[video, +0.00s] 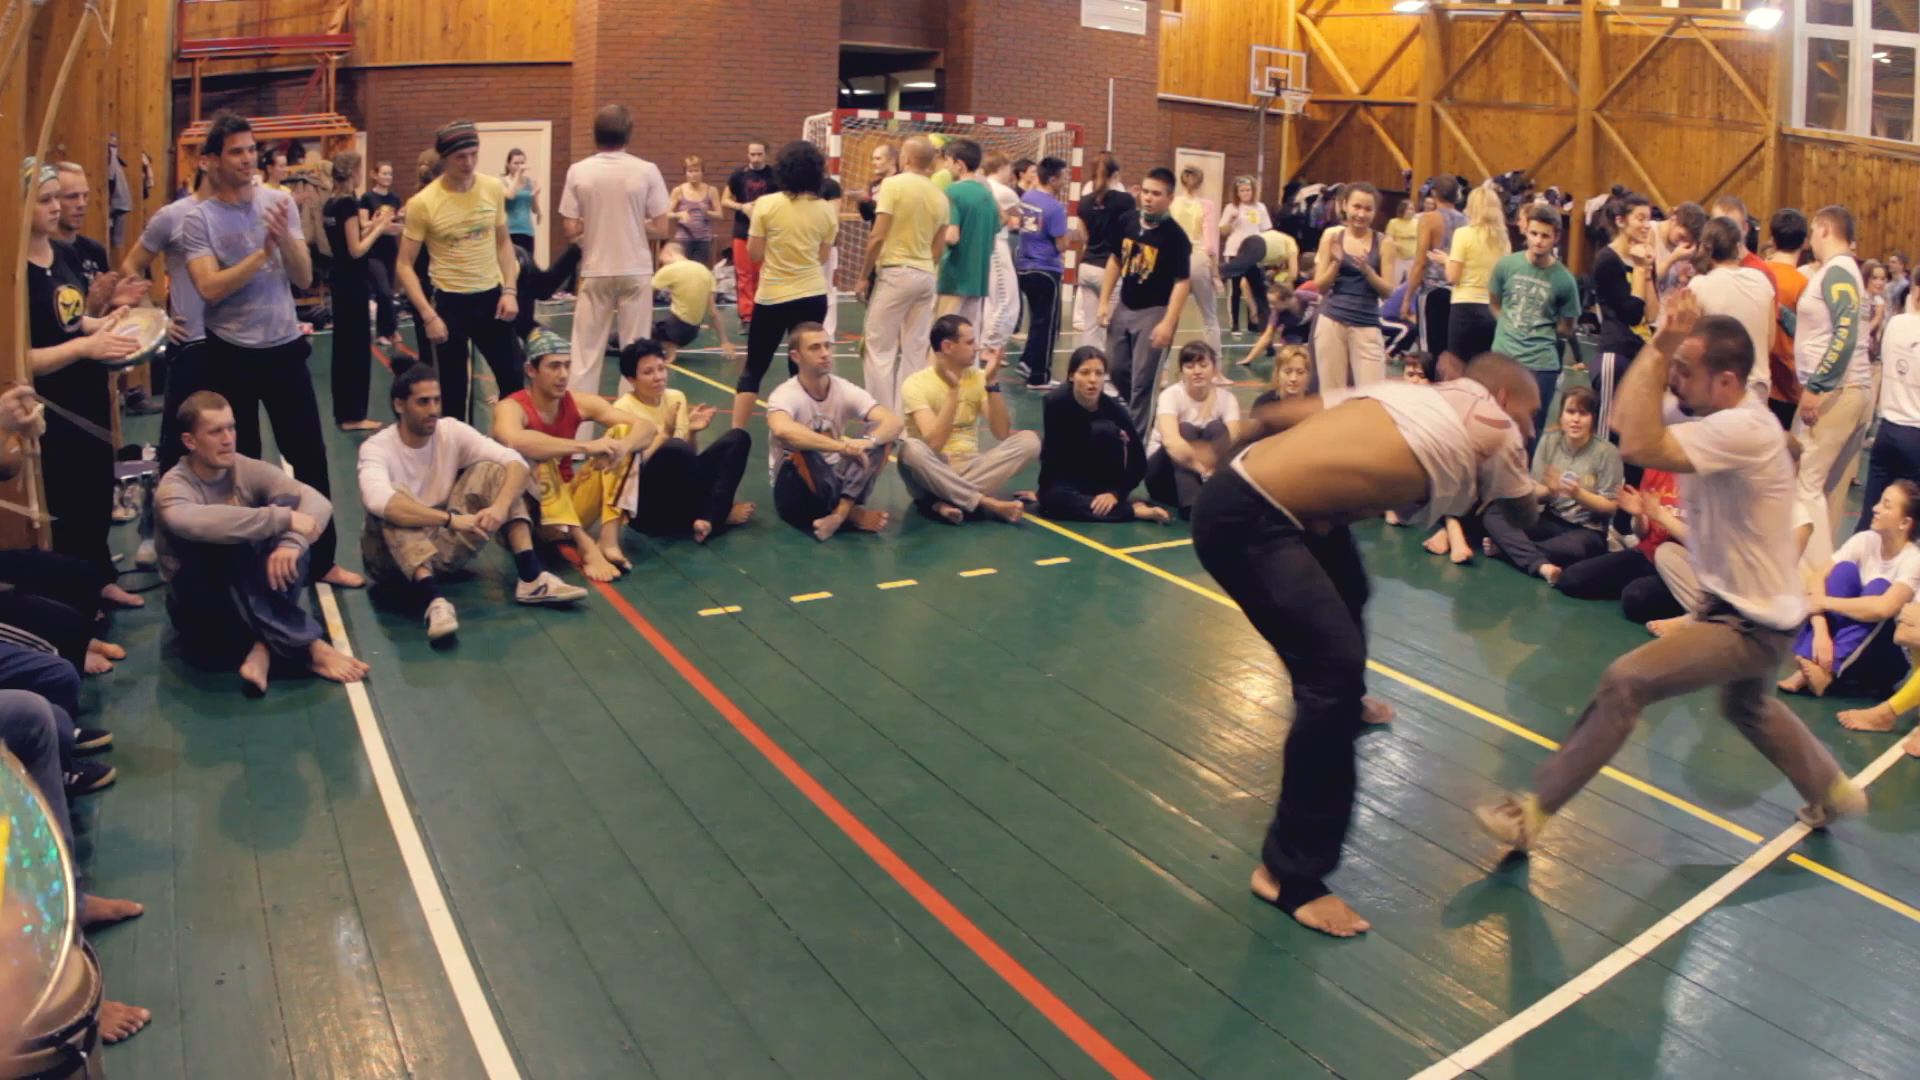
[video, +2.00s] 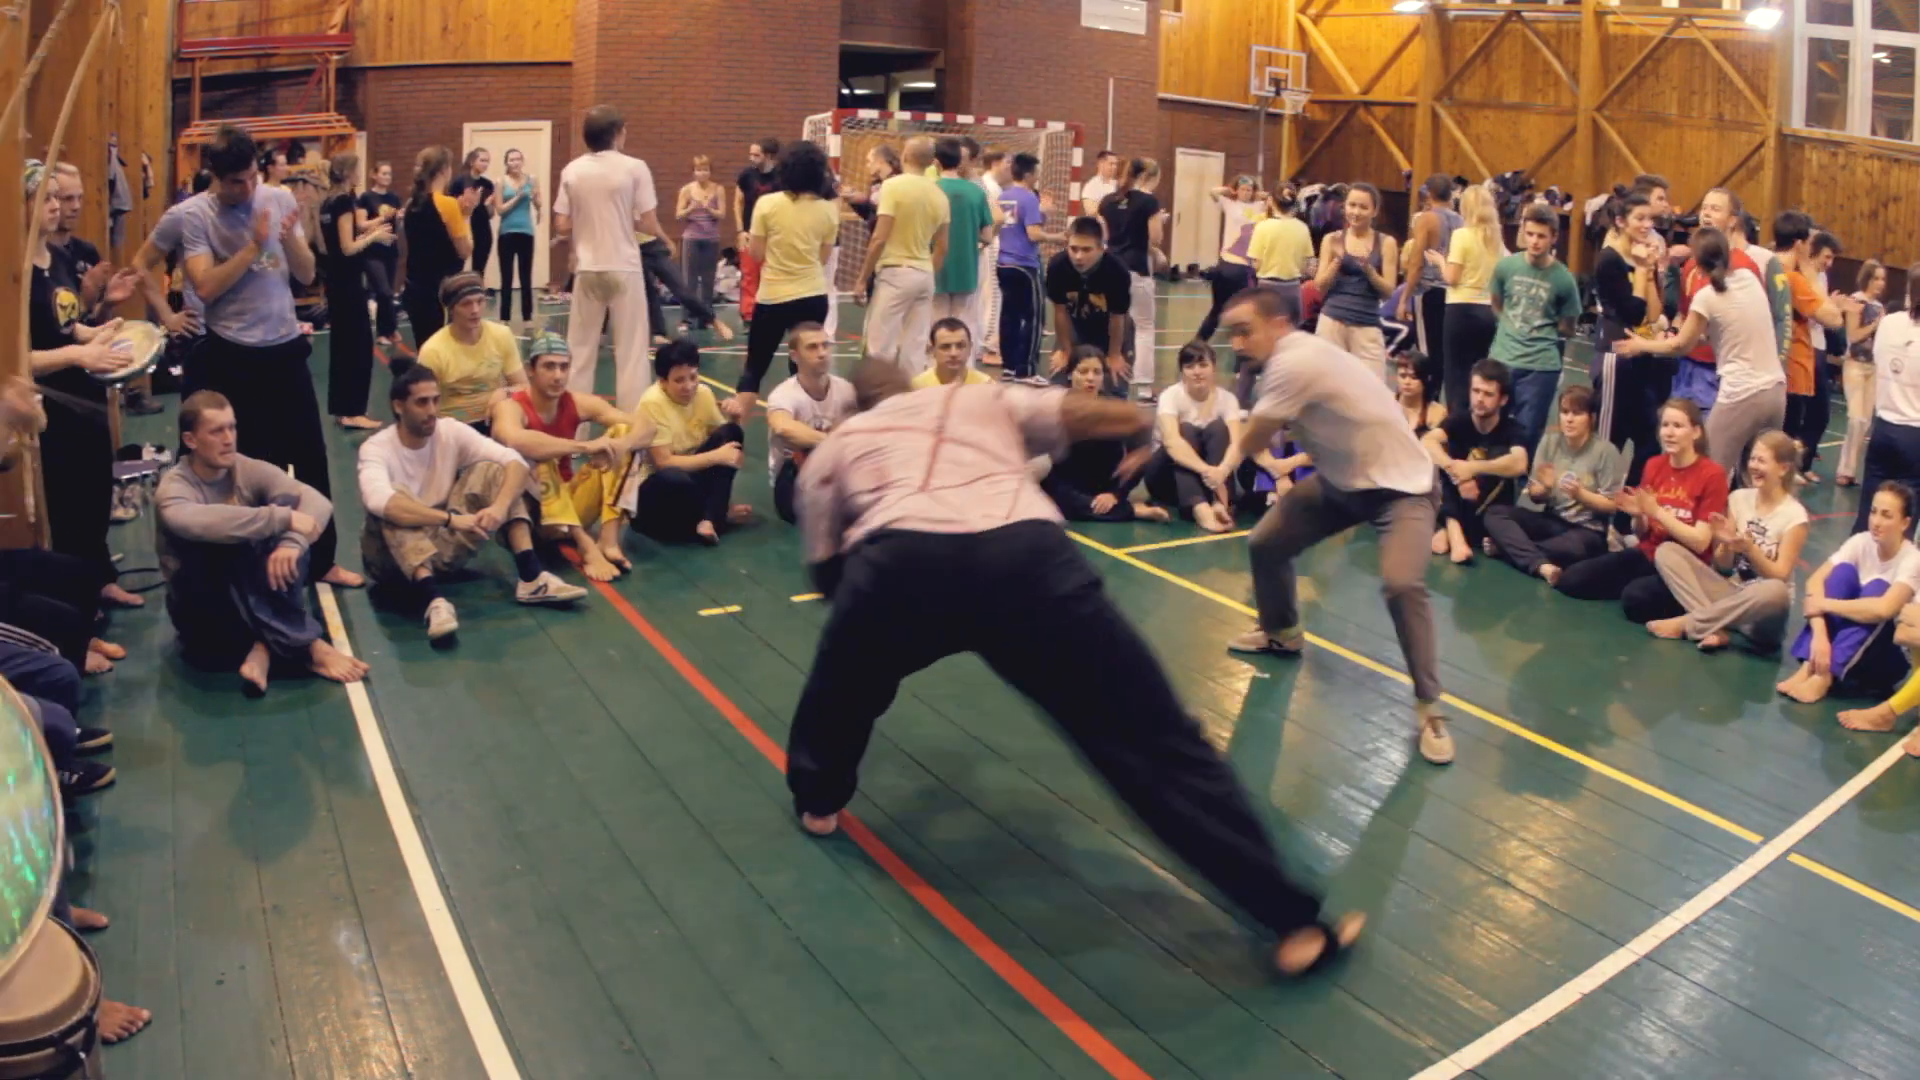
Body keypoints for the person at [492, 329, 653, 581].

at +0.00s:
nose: (563, 375)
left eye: (567, 366)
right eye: (554, 367)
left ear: (572, 367)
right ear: (531, 370)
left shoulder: (583, 403)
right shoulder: (511, 407)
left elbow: (646, 427)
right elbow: (514, 441)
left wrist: (624, 445)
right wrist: (585, 446)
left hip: (570, 507)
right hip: (525, 513)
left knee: (621, 448)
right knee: (541, 464)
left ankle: (609, 538)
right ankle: (587, 546)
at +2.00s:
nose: (558, 375)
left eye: (564, 367)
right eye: (549, 367)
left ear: (570, 370)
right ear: (531, 370)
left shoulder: (580, 404)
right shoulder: (510, 407)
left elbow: (646, 426)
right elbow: (513, 440)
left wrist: (621, 445)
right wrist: (584, 446)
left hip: (571, 506)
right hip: (527, 510)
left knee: (622, 432)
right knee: (542, 465)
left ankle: (609, 537)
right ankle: (586, 545)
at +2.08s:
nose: (559, 376)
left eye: (564, 368)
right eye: (550, 368)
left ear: (570, 370)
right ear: (531, 370)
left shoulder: (581, 404)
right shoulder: (510, 407)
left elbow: (646, 427)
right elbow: (514, 440)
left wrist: (622, 446)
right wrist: (585, 448)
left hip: (572, 506)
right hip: (528, 511)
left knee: (623, 431)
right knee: (543, 465)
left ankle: (610, 537)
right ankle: (587, 545)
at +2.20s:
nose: (560, 376)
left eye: (565, 368)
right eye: (551, 368)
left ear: (572, 370)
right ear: (531, 371)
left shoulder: (582, 403)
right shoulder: (511, 407)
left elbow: (646, 428)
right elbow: (514, 439)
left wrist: (622, 448)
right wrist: (586, 449)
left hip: (572, 505)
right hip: (528, 512)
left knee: (623, 431)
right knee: (541, 465)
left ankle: (609, 537)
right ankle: (586, 545)